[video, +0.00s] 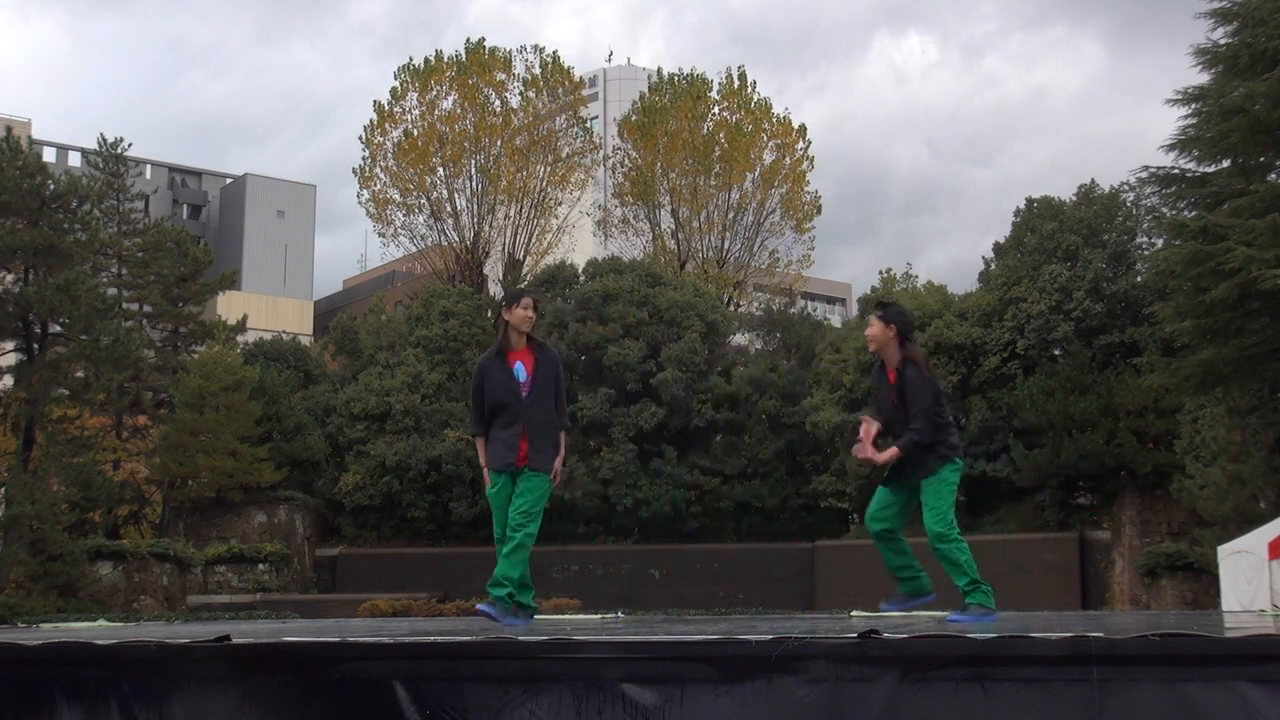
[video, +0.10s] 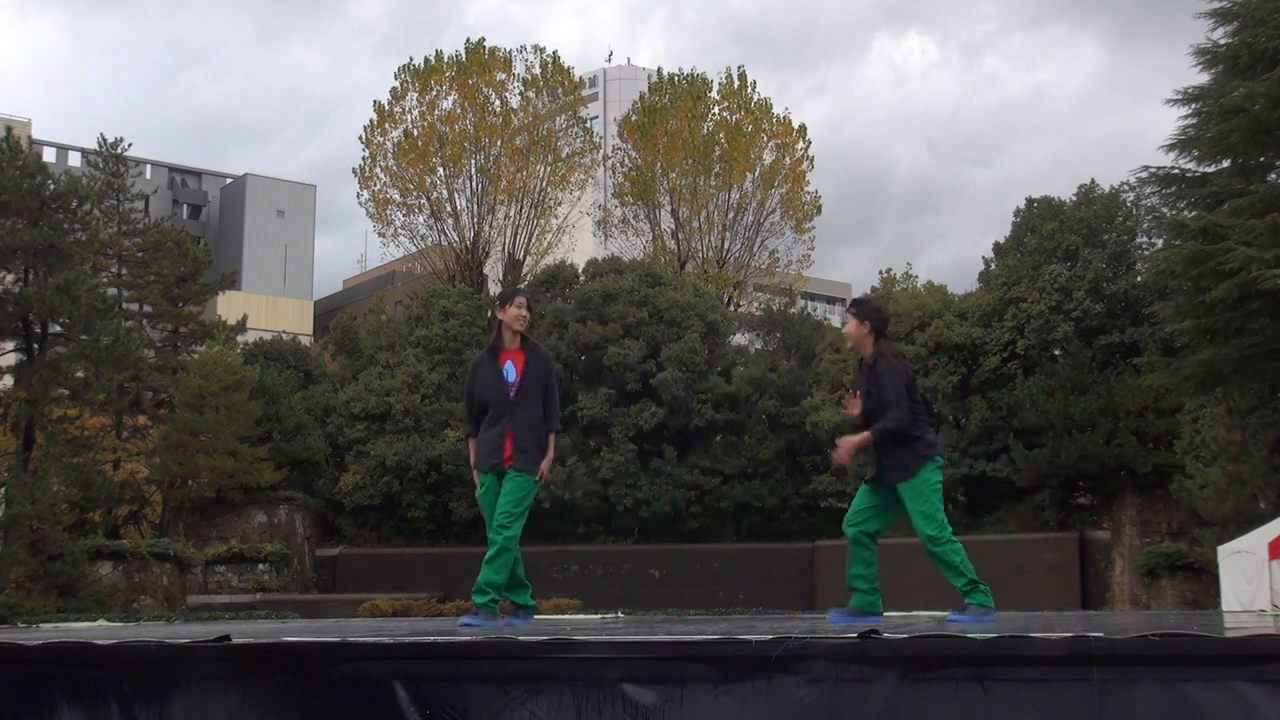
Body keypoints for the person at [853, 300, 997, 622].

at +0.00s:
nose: (866, 331)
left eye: (872, 325)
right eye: (868, 325)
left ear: (891, 331)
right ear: (885, 331)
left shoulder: (914, 371)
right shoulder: (881, 371)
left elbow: (922, 429)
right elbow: (885, 414)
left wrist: (884, 456)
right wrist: (874, 425)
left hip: (939, 460)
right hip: (907, 461)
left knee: (939, 529)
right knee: (879, 522)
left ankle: (980, 600)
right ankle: (916, 588)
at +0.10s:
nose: (844, 329)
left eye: (849, 323)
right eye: (845, 323)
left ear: (866, 327)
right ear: (866, 327)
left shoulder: (889, 364)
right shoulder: (866, 367)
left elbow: (899, 418)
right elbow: (879, 415)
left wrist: (860, 439)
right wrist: (861, 412)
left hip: (918, 463)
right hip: (889, 467)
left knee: (934, 534)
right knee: (857, 526)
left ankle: (979, 602)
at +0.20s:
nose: (822, 330)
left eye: (826, 323)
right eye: (823, 324)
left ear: (844, 326)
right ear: (844, 328)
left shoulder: (874, 363)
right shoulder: (841, 374)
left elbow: (881, 408)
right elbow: (850, 422)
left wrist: (837, 416)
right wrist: (828, 426)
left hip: (890, 461)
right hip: (858, 467)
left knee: (899, 528)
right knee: (839, 534)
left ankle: (967, 590)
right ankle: (865, 605)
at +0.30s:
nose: (800, 326)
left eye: (804, 319)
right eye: (802, 319)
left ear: (821, 324)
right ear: (821, 324)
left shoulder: (854, 358)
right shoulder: (822, 370)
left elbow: (870, 402)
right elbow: (828, 424)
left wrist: (825, 408)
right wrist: (812, 420)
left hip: (871, 458)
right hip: (840, 465)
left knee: (848, 523)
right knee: (830, 537)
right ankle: (864, 604)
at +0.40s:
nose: (779, 325)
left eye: (783, 318)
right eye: (780, 318)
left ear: (800, 323)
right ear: (801, 324)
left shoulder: (834, 355)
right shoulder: (800, 366)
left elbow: (865, 390)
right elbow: (796, 422)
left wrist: (826, 399)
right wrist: (795, 418)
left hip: (851, 453)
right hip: (830, 456)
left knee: (806, 511)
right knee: (839, 531)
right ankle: (866, 602)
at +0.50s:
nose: (763, 328)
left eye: (767, 322)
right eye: (764, 322)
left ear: (785, 326)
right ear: (784, 327)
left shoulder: (817, 361)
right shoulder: (777, 372)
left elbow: (859, 393)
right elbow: (785, 421)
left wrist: (831, 394)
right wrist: (772, 422)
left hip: (827, 457)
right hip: (806, 460)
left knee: (782, 523)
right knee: (815, 541)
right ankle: (861, 598)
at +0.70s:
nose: (730, 344)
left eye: (735, 338)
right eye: (731, 338)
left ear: (754, 342)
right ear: (752, 343)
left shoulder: (790, 375)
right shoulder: (745, 387)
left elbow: (830, 402)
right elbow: (729, 433)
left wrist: (802, 408)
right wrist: (693, 449)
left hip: (794, 474)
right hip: (760, 474)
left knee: (756, 530)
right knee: (723, 526)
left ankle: (789, 608)